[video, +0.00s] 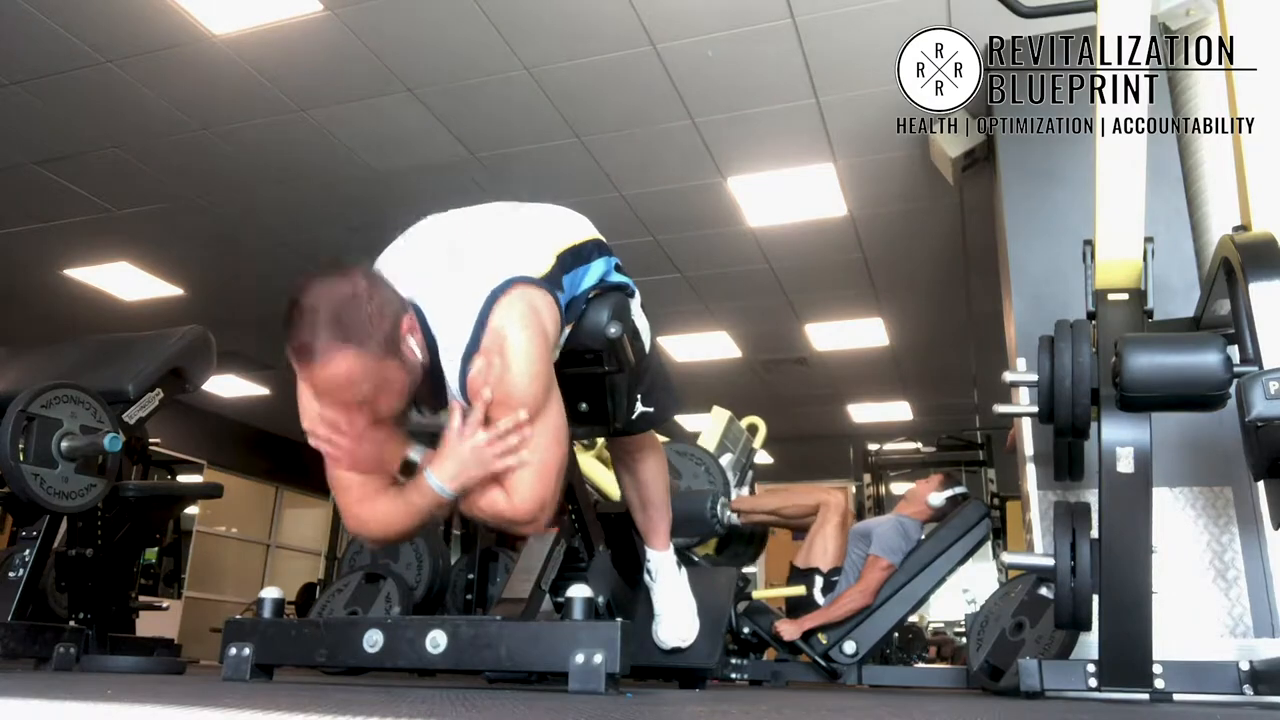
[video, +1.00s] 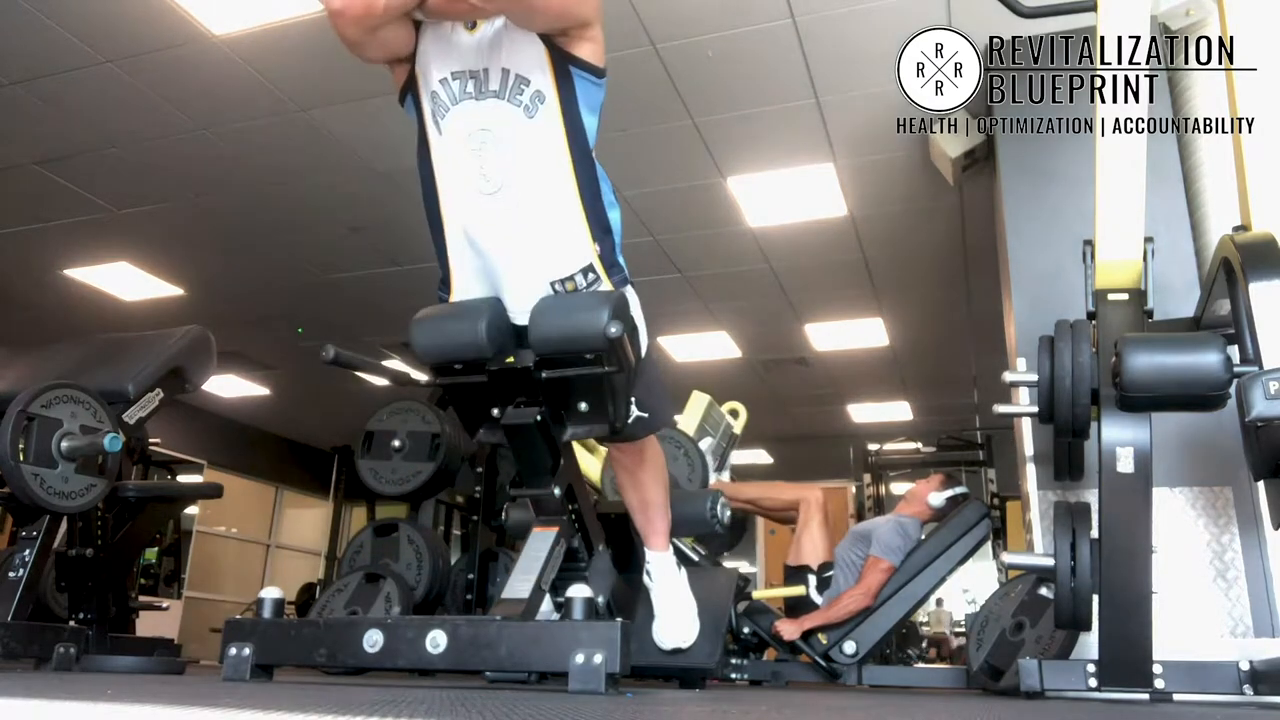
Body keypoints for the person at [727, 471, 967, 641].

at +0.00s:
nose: (919, 480)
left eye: (929, 480)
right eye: (928, 477)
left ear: (933, 498)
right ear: (935, 503)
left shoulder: (896, 528)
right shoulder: (905, 527)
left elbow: (865, 593)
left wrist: (801, 624)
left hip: (817, 605)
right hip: (823, 600)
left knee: (834, 499)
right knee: (834, 501)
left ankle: (729, 503)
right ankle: (740, 512)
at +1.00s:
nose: (921, 479)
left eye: (930, 480)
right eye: (929, 477)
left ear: (931, 498)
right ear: (936, 507)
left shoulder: (895, 529)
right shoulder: (904, 527)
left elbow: (865, 595)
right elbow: (865, 592)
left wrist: (801, 624)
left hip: (817, 606)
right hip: (824, 599)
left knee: (814, 497)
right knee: (811, 504)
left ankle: (718, 488)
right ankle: (729, 497)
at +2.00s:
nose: (916, 480)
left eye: (924, 481)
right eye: (923, 478)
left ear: (930, 499)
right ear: (930, 503)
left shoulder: (896, 528)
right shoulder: (904, 528)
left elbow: (864, 595)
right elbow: (867, 593)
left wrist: (802, 624)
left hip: (812, 607)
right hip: (818, 600)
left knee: (779, 501)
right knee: (783, 506)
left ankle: (687, 467)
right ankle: (703, 481)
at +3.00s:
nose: (917, 482)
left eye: (927, 481)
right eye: (926, 479)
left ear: (933, 497)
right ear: (934, 500)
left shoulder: (899, 528)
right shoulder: (904, 527)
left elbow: (865, 595)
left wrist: (801, 624)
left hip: (816, 605)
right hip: (820, 602)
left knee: (843, 500)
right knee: (843, 504)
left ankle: (739, 509)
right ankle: (750, 519)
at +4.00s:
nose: (889, 479)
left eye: (898, 474)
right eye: (893, 472)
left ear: (917, 488)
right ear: (914, 489)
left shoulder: (895, 528)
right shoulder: (901, 526)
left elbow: (865, 595)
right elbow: (866, 592)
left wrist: (802, 625)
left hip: (812, 602)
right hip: (817, 594)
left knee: (790, 498)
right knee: (787, 501)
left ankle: (698, 471)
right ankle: (712, 481)